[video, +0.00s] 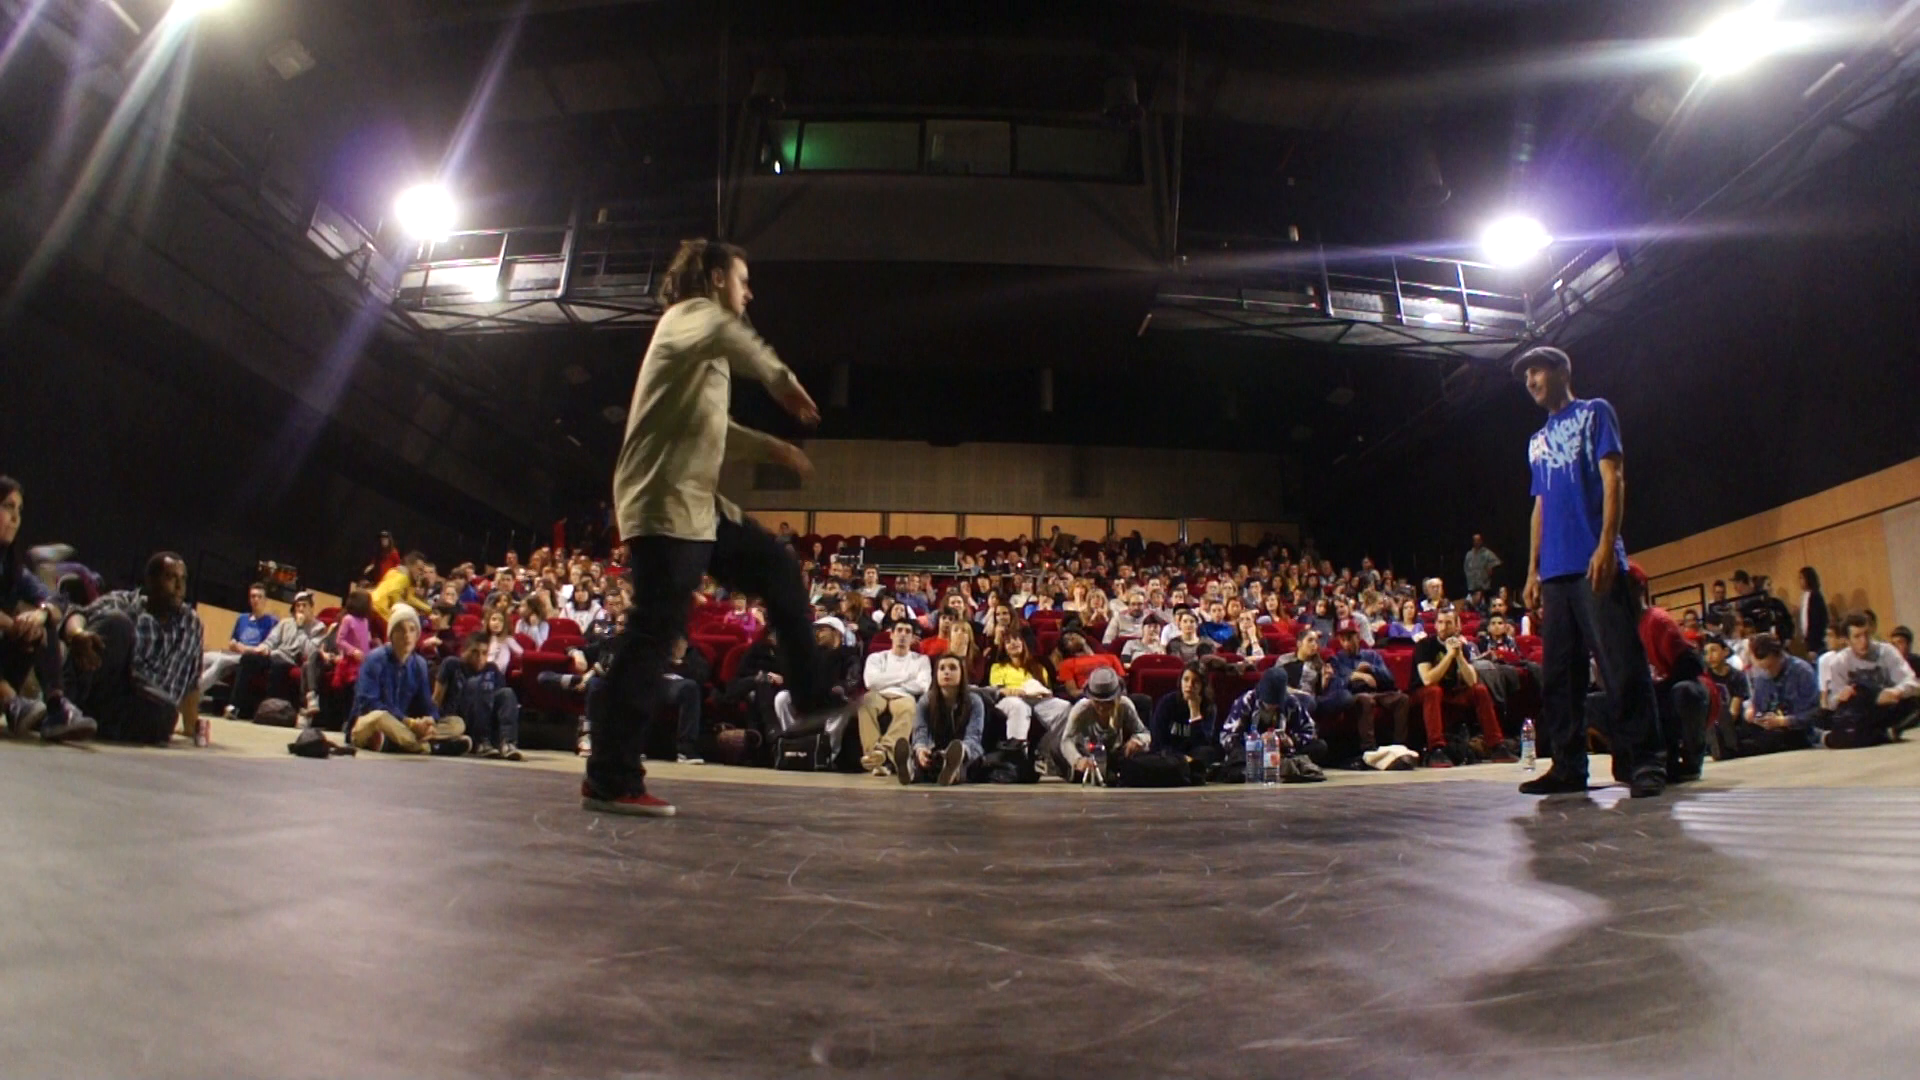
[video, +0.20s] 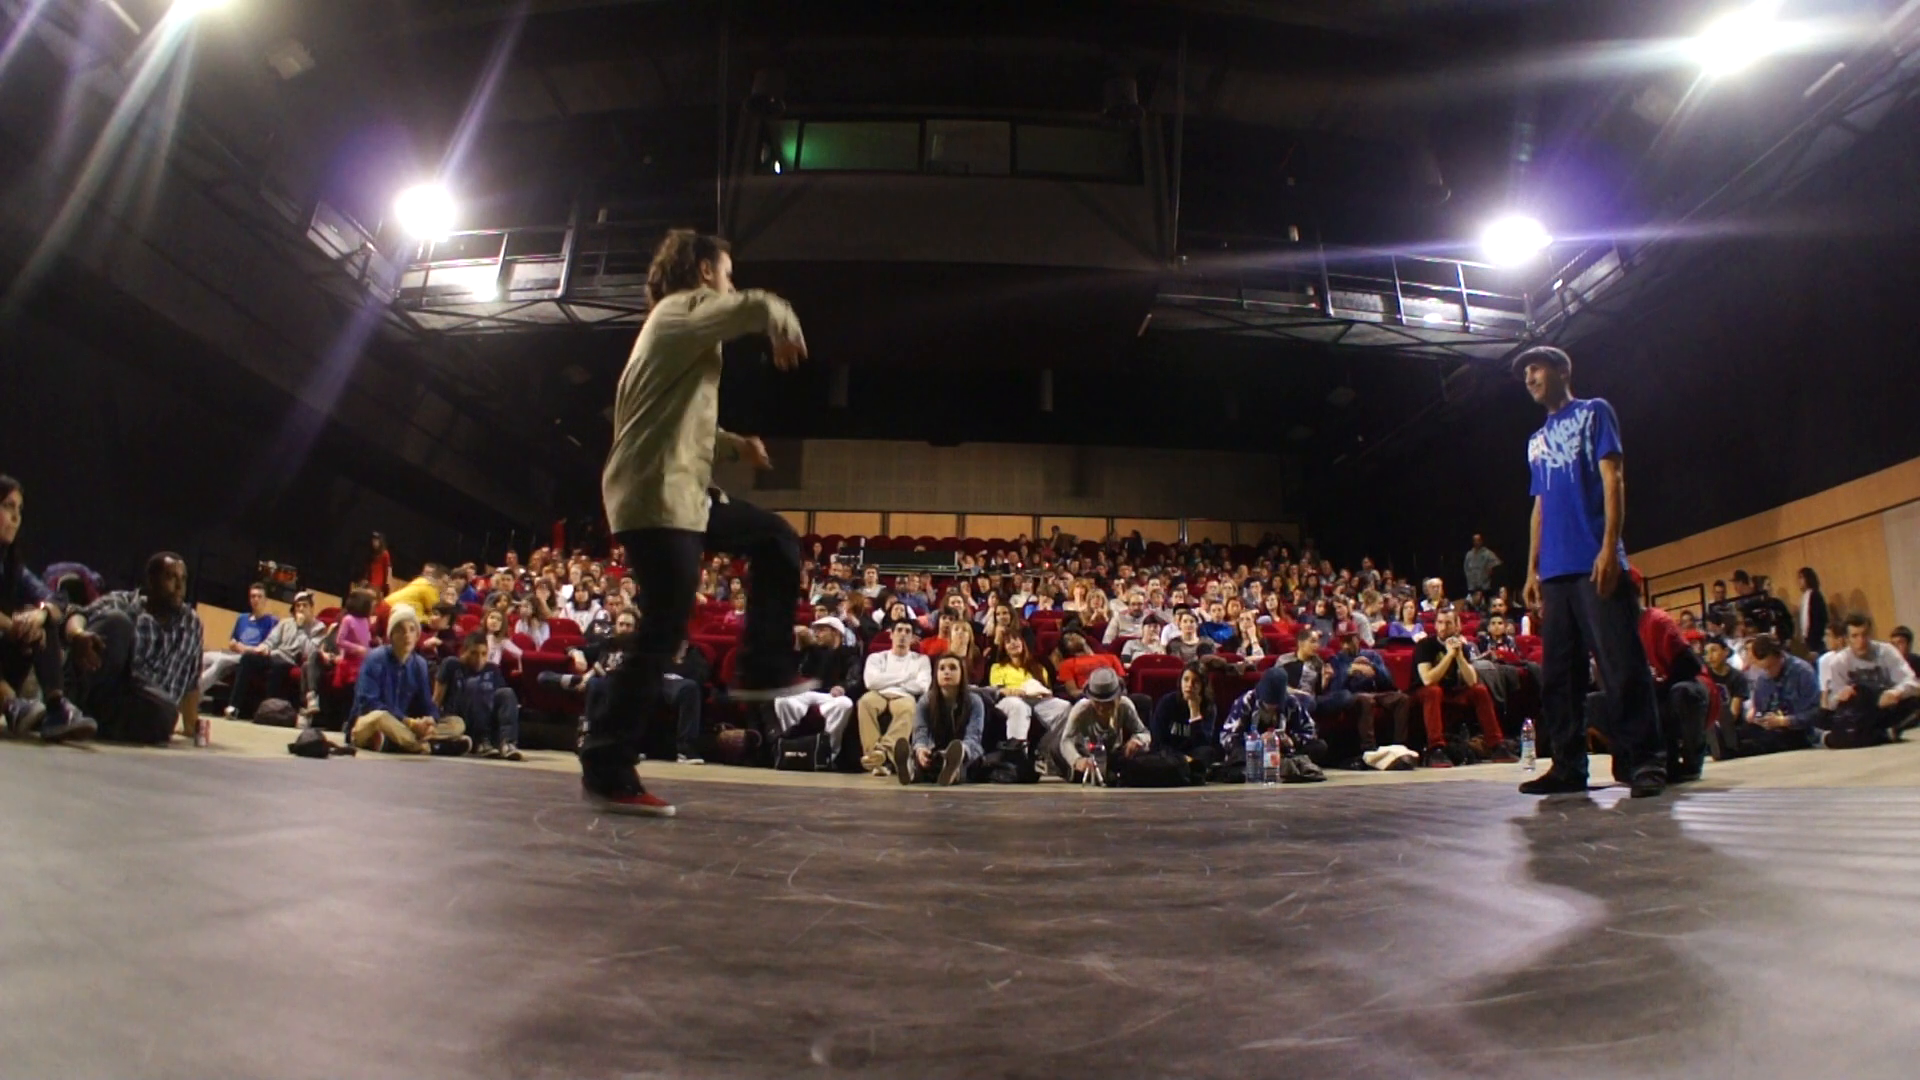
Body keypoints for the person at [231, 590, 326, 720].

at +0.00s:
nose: (301, 609)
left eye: (304, 606)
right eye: (298, 605)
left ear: (312, 608)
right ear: (294, 608)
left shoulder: (319, 628)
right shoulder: (285, 623)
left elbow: (309, 652)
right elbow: (271, 640)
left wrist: (300, 628)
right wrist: (264, 648)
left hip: (292, 661)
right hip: (273, 656)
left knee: (277, 666)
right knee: (248, 658)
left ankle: (271, 710)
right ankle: (234, 705)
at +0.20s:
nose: (301, 609)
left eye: (305, 606)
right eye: (298, 606)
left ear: (312, 609)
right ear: (294, 609)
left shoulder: (319, 628)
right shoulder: (285, 623)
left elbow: (309, 653)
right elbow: (271, 640)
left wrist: (301, 628)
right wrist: (264, 648)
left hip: (291, 661)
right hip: (273, 656)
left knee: (277, 667)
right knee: (248, 658)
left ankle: (269, 710)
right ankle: (234, 706)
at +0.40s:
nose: (301, 609)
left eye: (305, 606)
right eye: (298, 606)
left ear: (312, 609)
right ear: (294, 609)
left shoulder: (319, 628)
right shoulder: (285, 623)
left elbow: (309, 653)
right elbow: (271, 640)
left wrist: (301, 628)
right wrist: (264, 647)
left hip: (292, 661)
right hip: (273, 656)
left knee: (277, 667)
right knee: (248, 657)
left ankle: (270, 710)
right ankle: (234, 705)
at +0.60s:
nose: (300, 609)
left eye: (304, 606)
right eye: (298, 606)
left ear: (312, 608)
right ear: (294, 609)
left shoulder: (319, 628)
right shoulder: (285, 623)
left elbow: (309, 652)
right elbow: (271, 640)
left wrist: (301, 628)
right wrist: (264, 647)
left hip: (292, 661)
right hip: (273, 656)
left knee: (277, 666)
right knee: (248, 657)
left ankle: (269, 710)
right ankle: (234, 705)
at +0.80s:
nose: (299, 609)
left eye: (303, 606)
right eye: (297, 606)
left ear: (312, 608)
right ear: (294, 608)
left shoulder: (319, 628)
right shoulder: (285, 623)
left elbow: (309, 652)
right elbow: (271, 640)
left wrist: (300, 628)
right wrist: (265, 647)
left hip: (292, 661)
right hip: (274, 656)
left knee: (277, 666)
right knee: (248, 658)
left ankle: (270, 710)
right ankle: (234, 706)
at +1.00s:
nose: (298, 609)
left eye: (303, 606)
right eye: (297, 605)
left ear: (313, 609)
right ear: (294, 607)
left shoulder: (319, 628)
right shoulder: (286, 623)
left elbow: (310, 652)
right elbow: (271, 640)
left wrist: (300, 628)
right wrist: (264, 648)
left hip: (292, 660)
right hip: (273, 656)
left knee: (277, 666)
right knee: (248, 657)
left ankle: (270, 710)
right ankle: (234, 706)